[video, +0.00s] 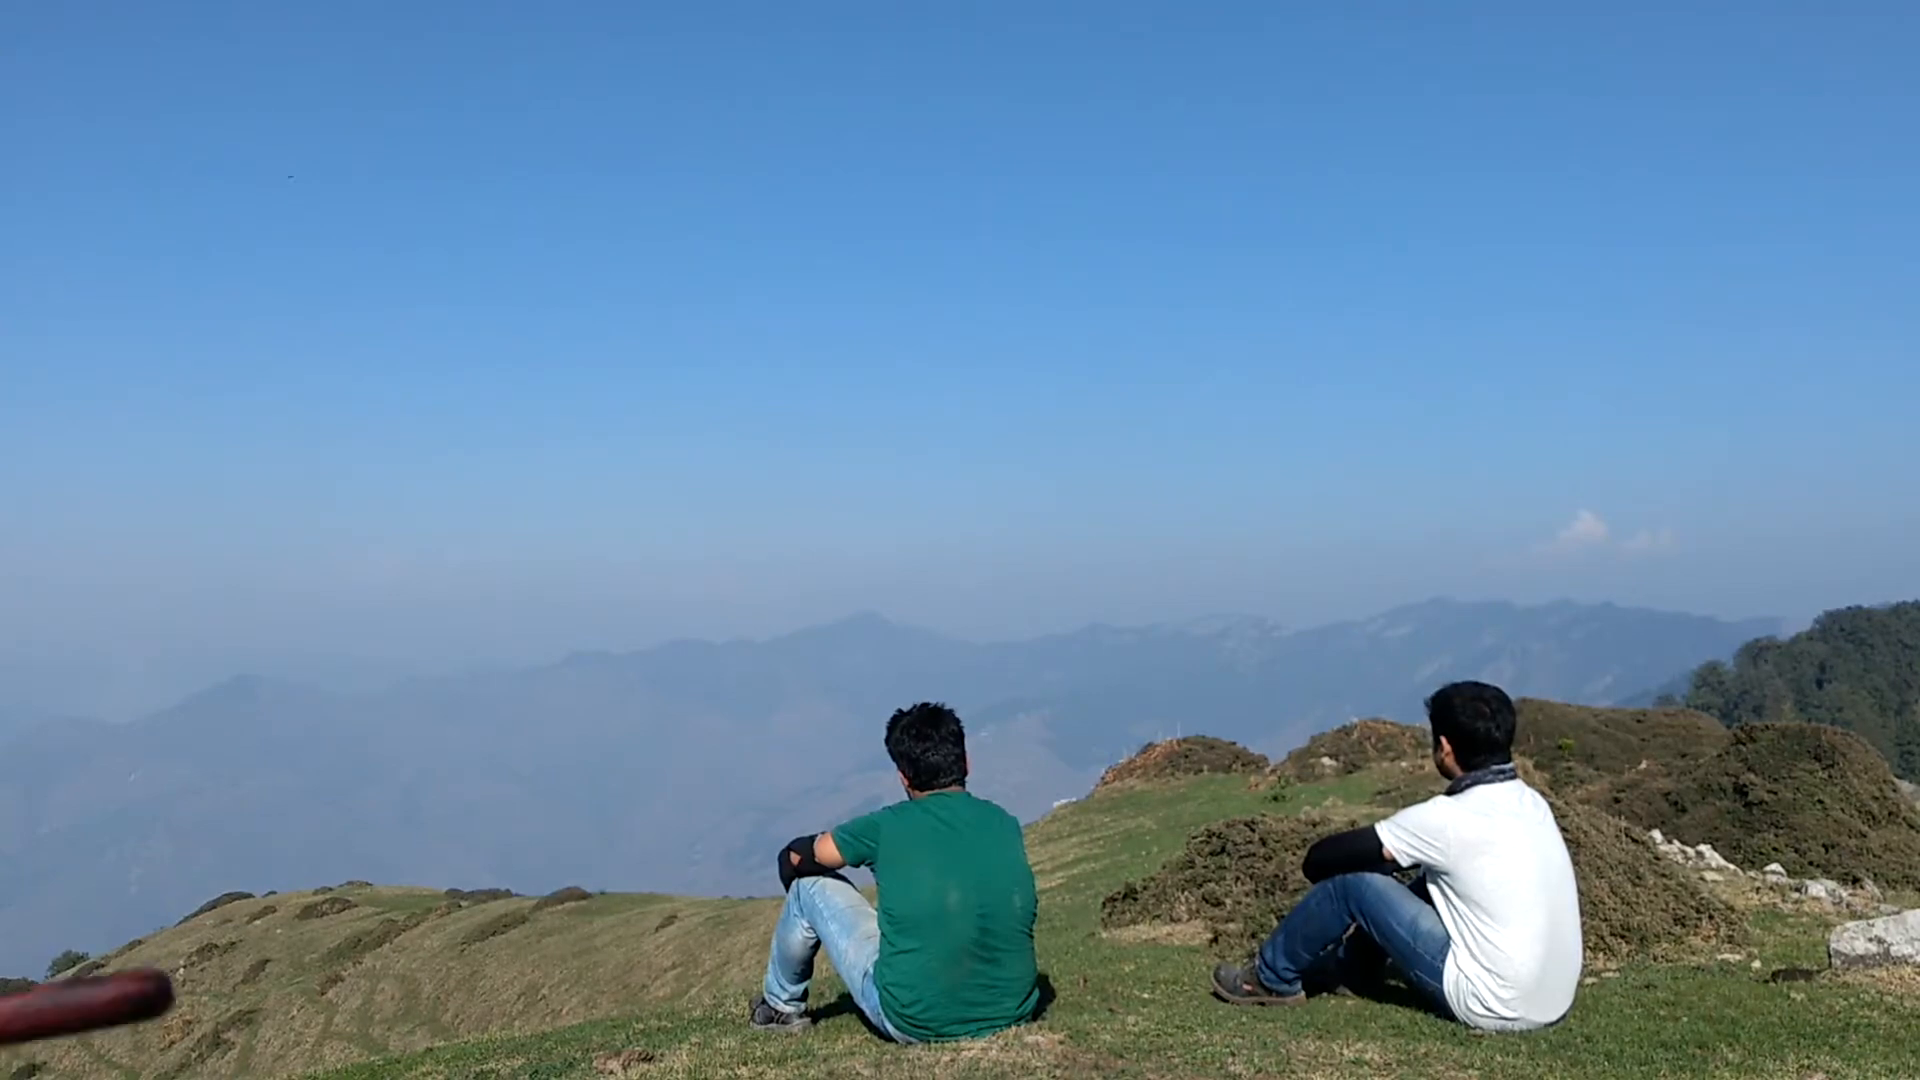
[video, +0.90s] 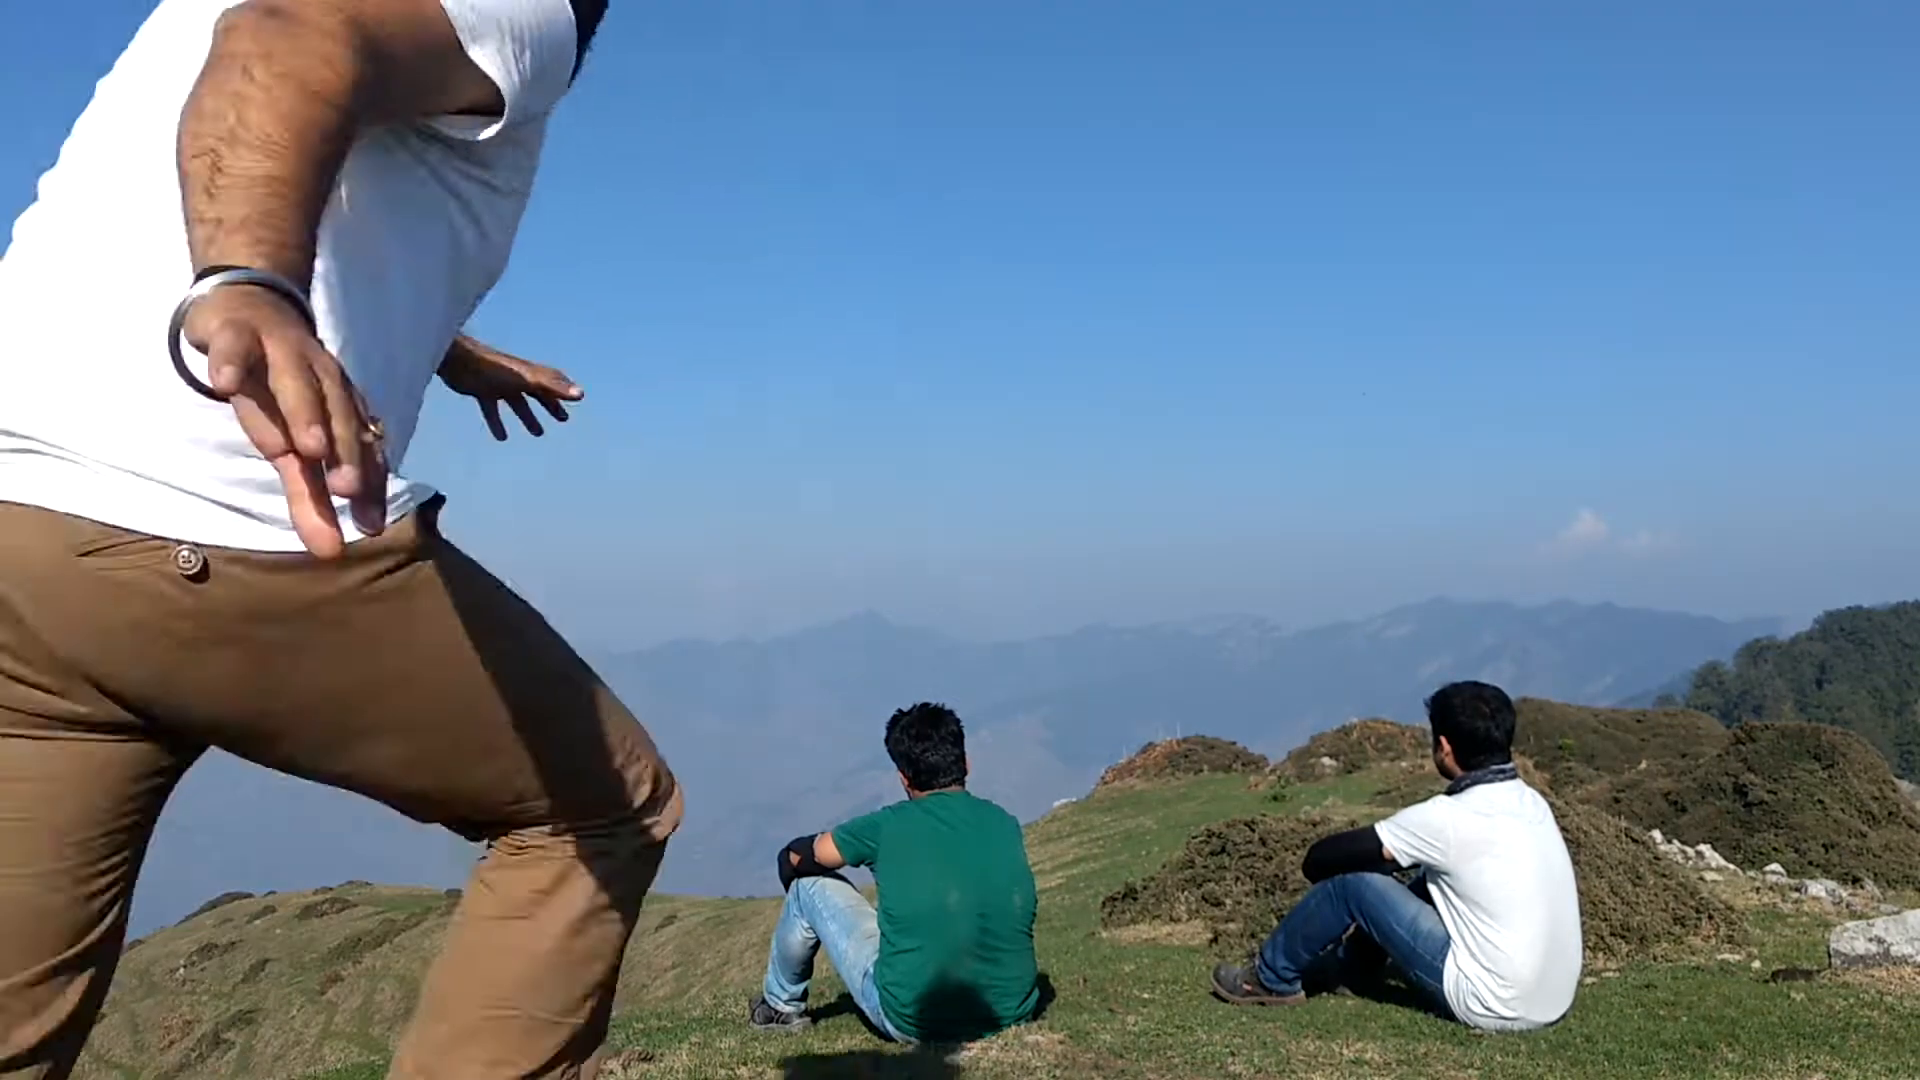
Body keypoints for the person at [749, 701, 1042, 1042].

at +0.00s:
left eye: (898, 770)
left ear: (904, 777)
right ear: (967, 764)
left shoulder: (887, 825)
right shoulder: (1006, 823)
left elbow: (796, 857)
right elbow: (1022, 912)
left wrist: (797, 889)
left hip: (915, 1021)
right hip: (1009, 1012)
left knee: (810, 885)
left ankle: (781, 1006)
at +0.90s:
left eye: (899, 771)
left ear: (905, 779)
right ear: (967, 765)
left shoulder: (889, 823)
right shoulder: (1006, 823)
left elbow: (796, 856)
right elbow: (1020, 911)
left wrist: (798, 893)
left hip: (912, 1018)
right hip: (1007, 1012)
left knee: (810, 886)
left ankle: (781, 1006)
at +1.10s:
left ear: (904, 779)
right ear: (966, 766)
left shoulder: (881, 829)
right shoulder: (1004, 824)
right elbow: (1022, 910)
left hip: (914, 1012)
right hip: (1010, 1006)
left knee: (824, 900)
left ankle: (777, 1001)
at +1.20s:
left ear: (911, 769)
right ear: (965, 764)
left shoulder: (897, 822)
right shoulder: (1004, 823)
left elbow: (822, 854)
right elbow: (1026, 904)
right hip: (1014, 1002)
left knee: (810, 890)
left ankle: (782, 1005)